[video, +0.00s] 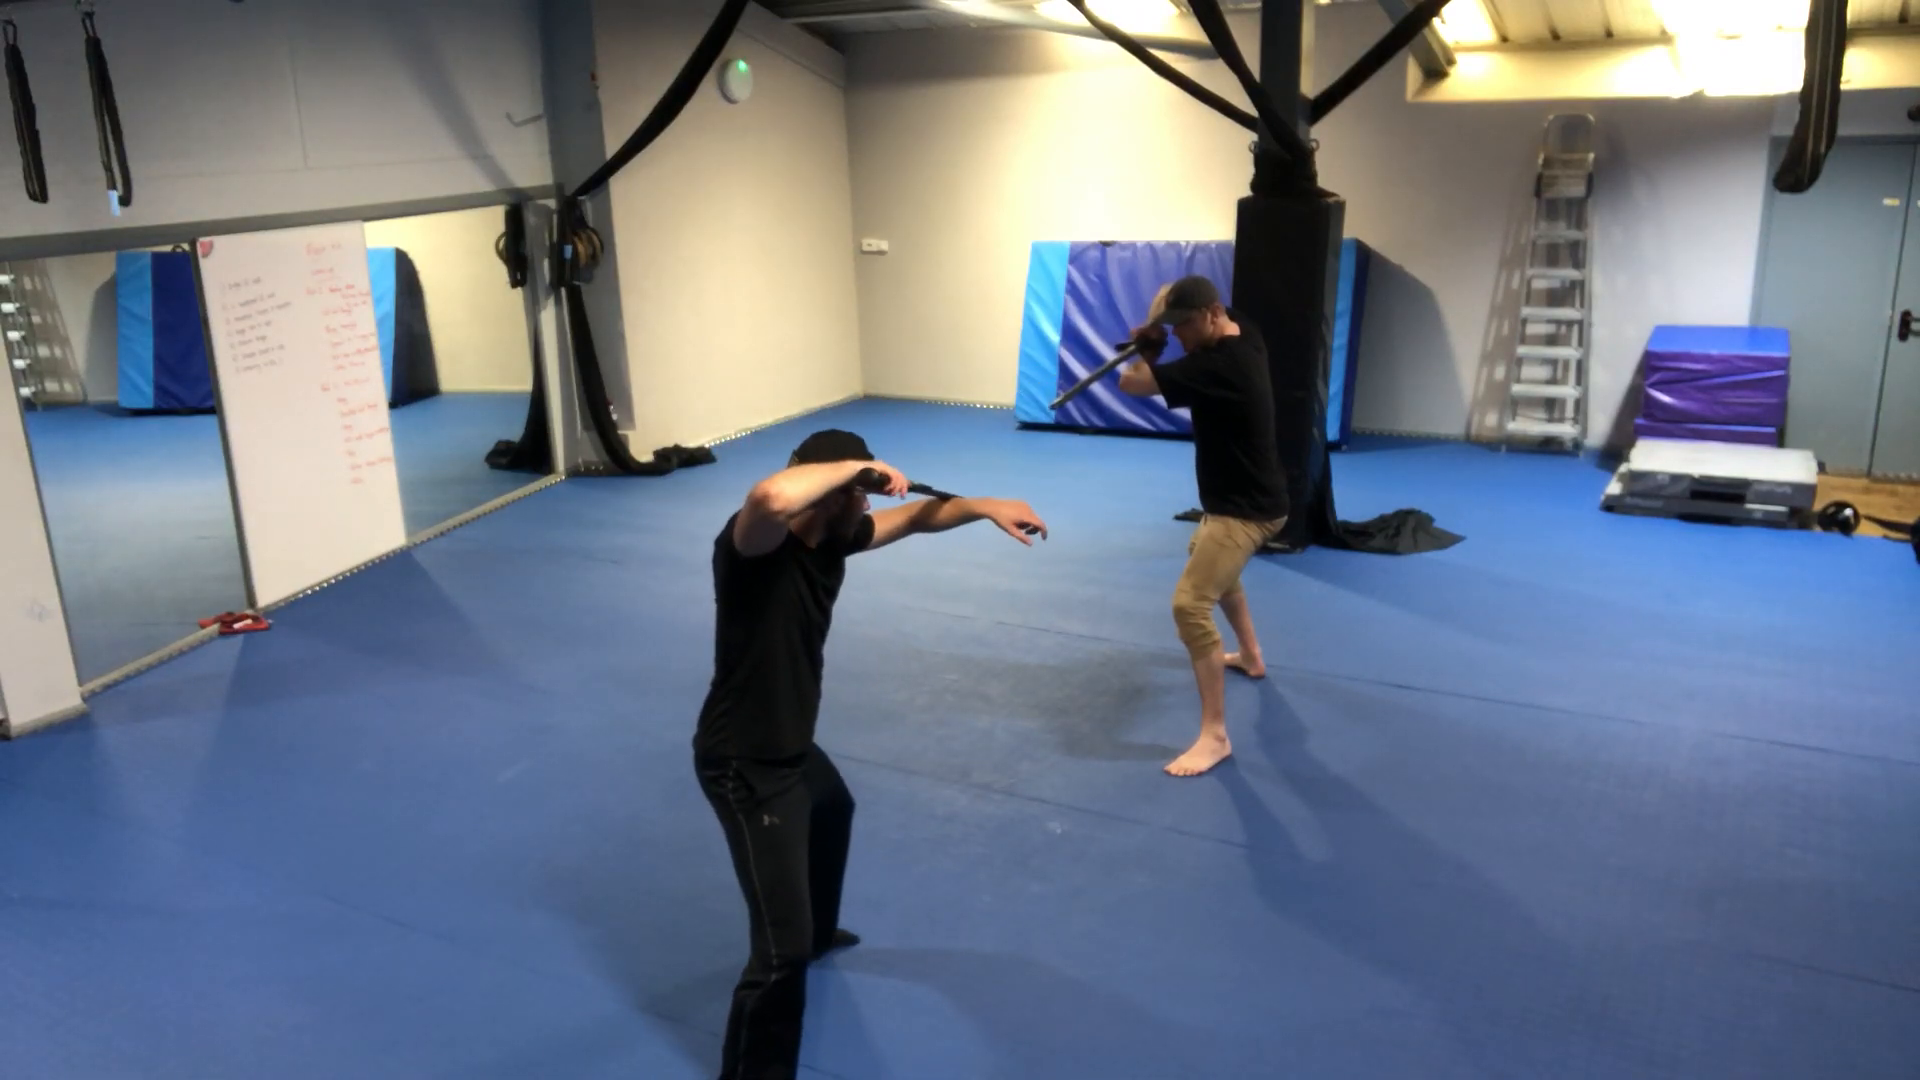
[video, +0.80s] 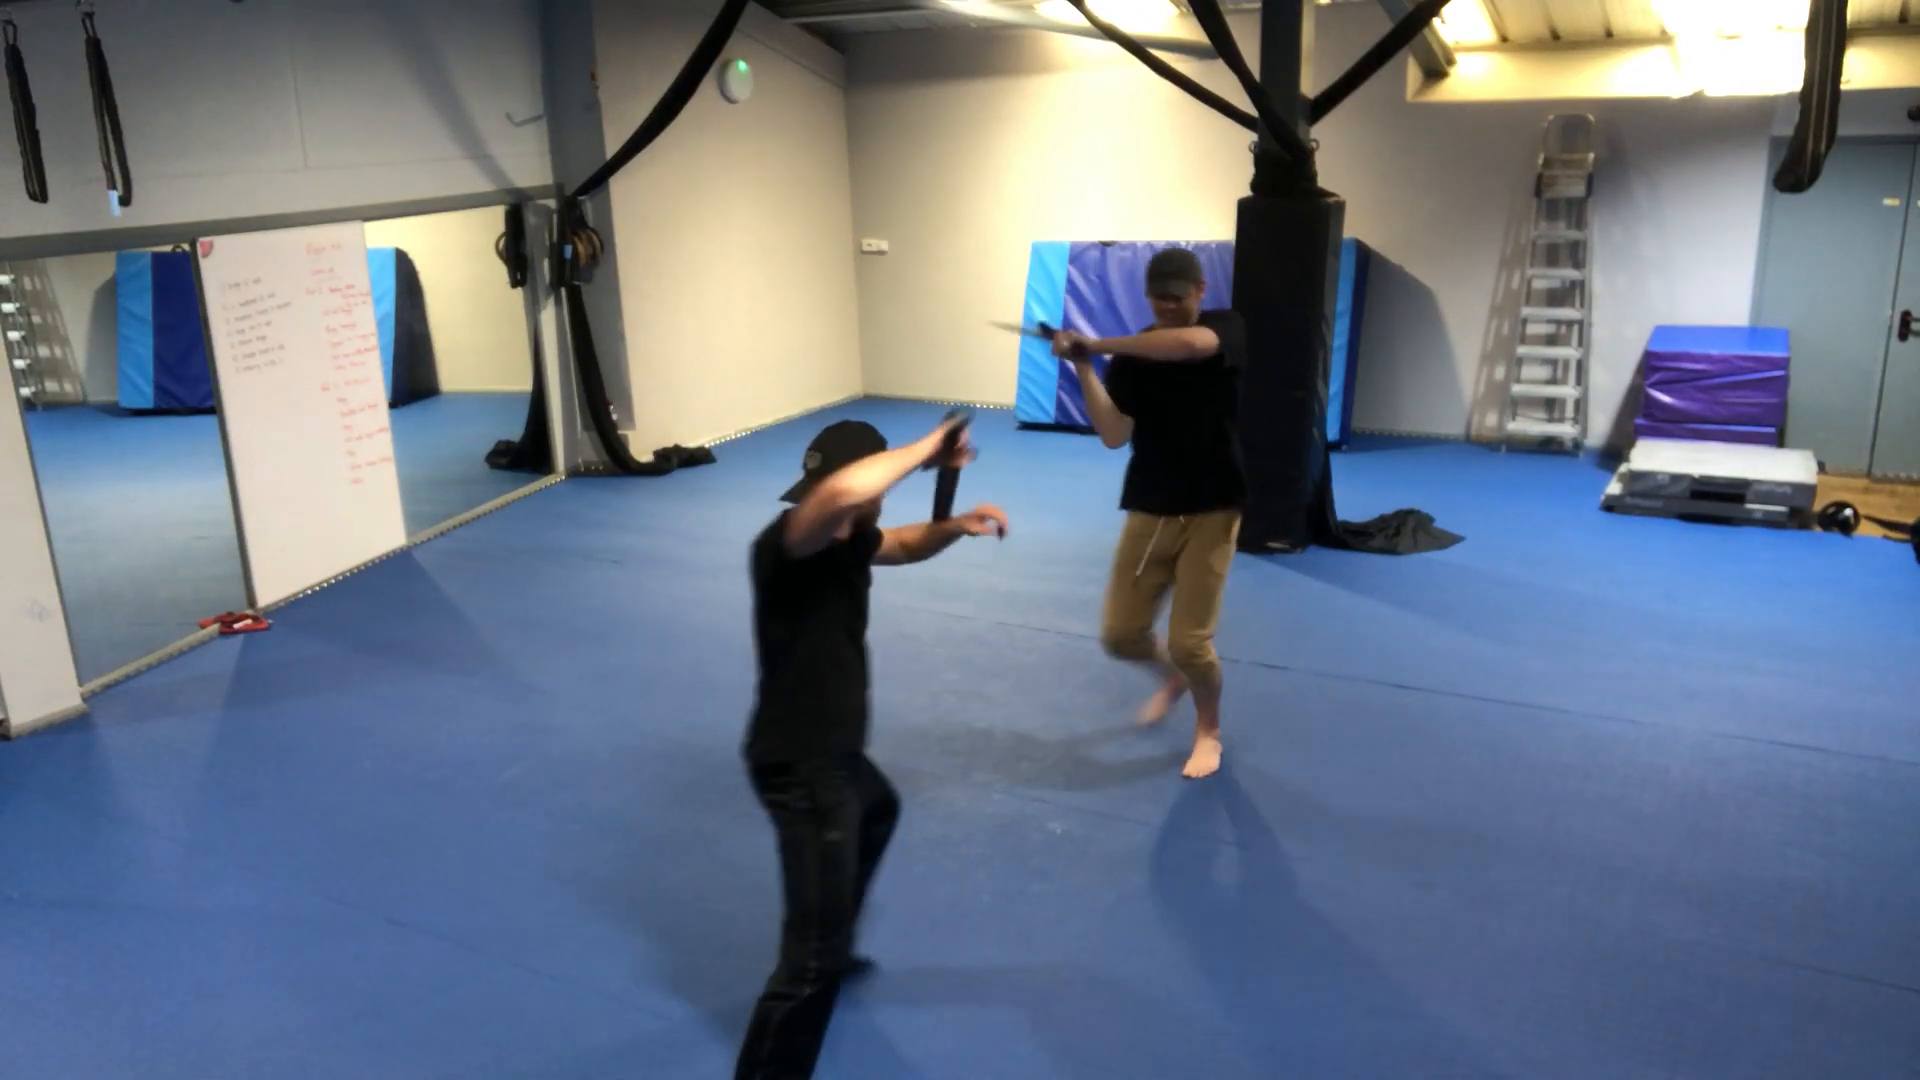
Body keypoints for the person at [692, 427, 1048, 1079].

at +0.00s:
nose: (868, 511)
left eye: (869, 498)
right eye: (859, 498)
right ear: (824, 497)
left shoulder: (831, 543)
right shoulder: (753, 549)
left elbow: (916, 516)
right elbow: (769, 497)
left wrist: (986, 505)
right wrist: (858, 467)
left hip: (792, 749)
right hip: (743, 762)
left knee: (833, 809)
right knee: (784, 951)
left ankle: (813, 930)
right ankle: (752, 1074)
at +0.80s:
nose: (876, 499)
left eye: (877, 487)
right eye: (867, 486)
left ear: (855, 482)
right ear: (834, 482)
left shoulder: (849, 541)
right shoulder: (782, 544)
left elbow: (905, 545)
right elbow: (842, 492)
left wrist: (960, 523)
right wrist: (928, 451)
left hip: (831, 752)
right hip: (795, 761)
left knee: (878, 809)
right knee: (812, 959)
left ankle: (829, 947)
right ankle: (767, 1075)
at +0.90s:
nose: (884, 481)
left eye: (884, 471)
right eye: (882, 471)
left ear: (818, 465)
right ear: (869, 474)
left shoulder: (822, 532)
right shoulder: (816, 536)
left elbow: (887, 535)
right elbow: (911, 474)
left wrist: (938, 504)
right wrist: (964, 406)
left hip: (851, 743)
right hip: (850, 750)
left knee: (887, 860)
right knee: (870, 921)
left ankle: (888, 992)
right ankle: (784, 1068)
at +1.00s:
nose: (885, 472)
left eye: (867, 467)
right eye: (880, 464)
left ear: (816, 477)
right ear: (872, 474)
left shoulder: (794, 535)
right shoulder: (888, 513)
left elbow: (865, 500)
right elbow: (979, 417)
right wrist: (979, 341)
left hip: (847, 742)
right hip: (910, 743)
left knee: (892, 838)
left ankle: (890, 987)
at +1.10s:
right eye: (894, 451)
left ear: (836, 466)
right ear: (891, 465)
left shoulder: (815, 526)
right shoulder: (931, 499)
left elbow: (868, 460)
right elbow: (984, 394)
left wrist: (950, 414)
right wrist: (976, 311)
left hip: (879, 736)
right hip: (953, 731)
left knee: (904, 841)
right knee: (1055, 874)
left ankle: (884, 993)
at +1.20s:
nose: (958, 440)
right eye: (951, 438)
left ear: (882, 463)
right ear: (945, 459)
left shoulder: (855, 520)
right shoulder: (976, 491)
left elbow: (868, 466)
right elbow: (1004, 382)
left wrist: (932, 425)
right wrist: (954, 327)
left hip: (921, 736)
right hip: (1005, 725)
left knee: (911, 854)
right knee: (1096, 851)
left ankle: (889, 995)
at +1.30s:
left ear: (955, 461)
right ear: (1009, 461)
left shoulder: (931, 526)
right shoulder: (1040, 506)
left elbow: (874, 491)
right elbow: (1023, 391)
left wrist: (928, 445)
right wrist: (933, 369)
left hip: (963, 736)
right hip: (1051, 728)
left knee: (918, 859)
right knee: (1135, 845)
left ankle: (891, 999)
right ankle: (1233, 961)